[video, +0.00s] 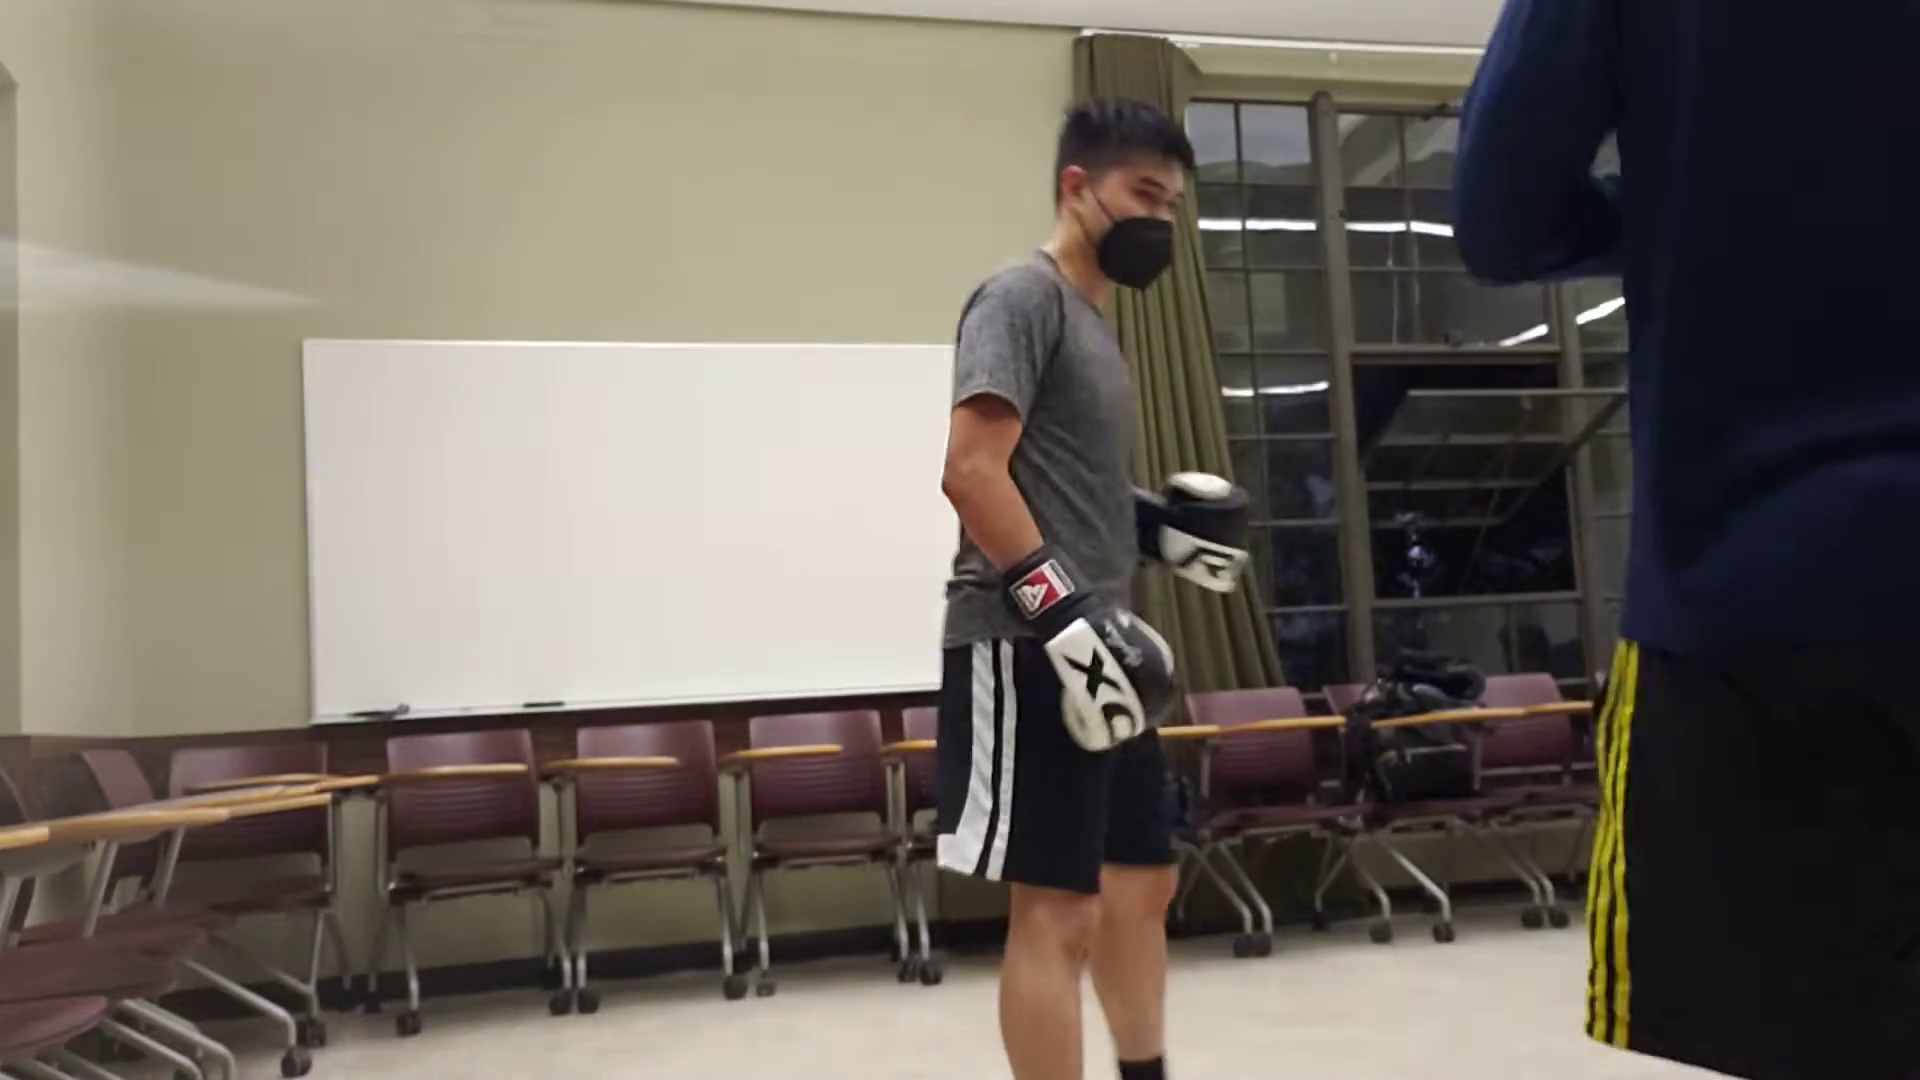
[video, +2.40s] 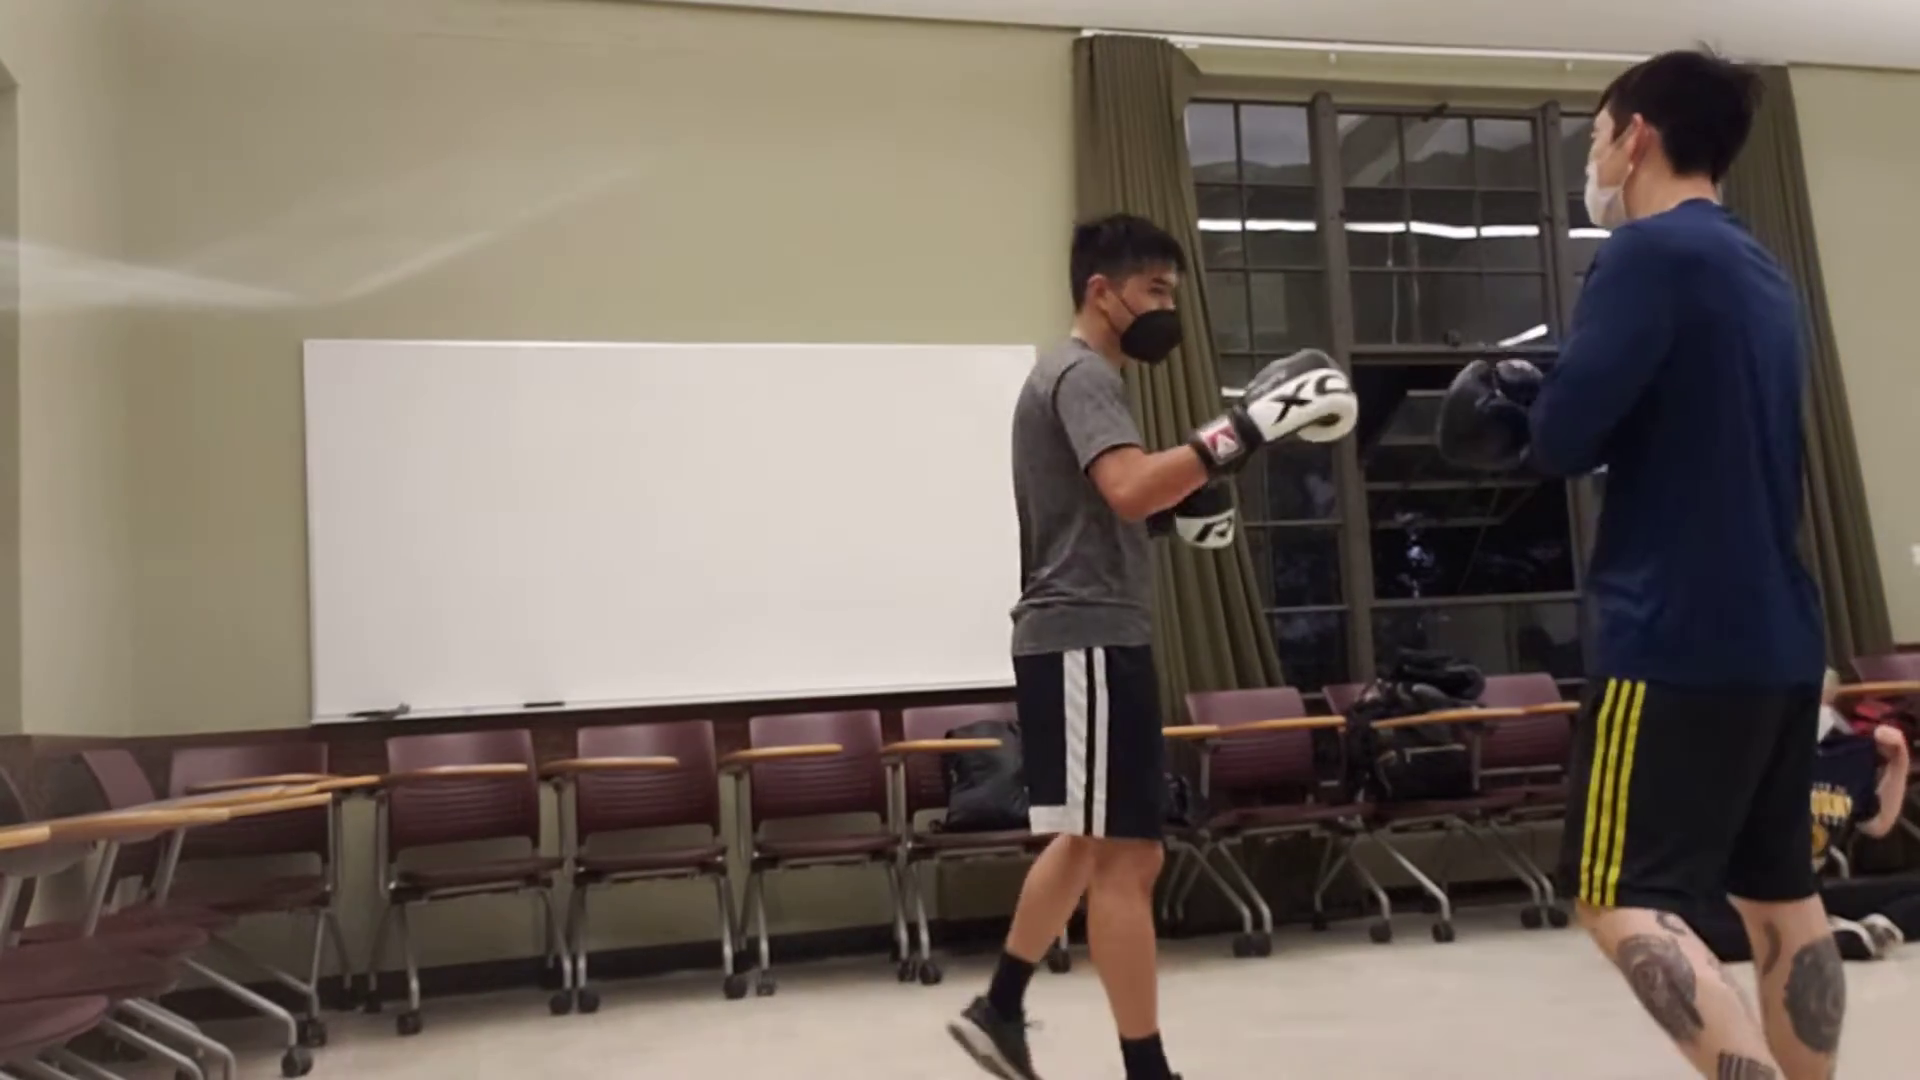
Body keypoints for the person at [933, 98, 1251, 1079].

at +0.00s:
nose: (1161, 219)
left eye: (1171, 203)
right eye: (1144, 192)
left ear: (1171, 209)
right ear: (1076, 186)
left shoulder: (1090, 321)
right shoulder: (1022, 297)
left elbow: (1057, 492)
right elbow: (970, 472)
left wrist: (1150, 521)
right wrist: (1061, 616)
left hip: (1099, 638)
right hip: (1025, 644)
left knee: (1139, 878)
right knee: (1054, 912)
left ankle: (1145, 1076)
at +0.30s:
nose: (1193, 252)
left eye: (1209, 241)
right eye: (1177, 228)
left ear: (1217, 256)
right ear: (1122, 223)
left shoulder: (1187, 365)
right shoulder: (1037, 328)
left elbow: (1200, 511)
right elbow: (965, 482)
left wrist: (1260, 506)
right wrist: (1033, 591)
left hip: (1147, 647)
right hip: (1051, 641)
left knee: (1154, 885)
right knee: (1083, 878)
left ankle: (1156, 1074)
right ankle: (1057, 1079)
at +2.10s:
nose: (1164, 333)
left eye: (1170, 319)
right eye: (1150, 316)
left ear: (1129, 320)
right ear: (1097, 313)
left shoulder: (1099, 405)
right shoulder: (1064, 395)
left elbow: (1070, 527)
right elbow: (1020, 500)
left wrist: (1143, 590)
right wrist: (1117, 515)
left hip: (1089, 651)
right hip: (1076, 654)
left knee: (1068, 852)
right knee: (1127, 861)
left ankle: (1037, 1033)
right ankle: (1146, 1067)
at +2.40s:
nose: (1168, 306)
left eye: (1171, 292)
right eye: (1156, 290)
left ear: (1106, 295)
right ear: (1100, 288)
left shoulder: (1066, 375)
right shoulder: (1082, 374)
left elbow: (1090, 509)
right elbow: (1131, 487)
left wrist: (1168, 510)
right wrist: (1237, 429)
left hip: (1072, 638)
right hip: (1092, 641)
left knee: (1079, 840)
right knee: (1127, 858)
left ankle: (998, 1009)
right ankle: (1149, 1071)